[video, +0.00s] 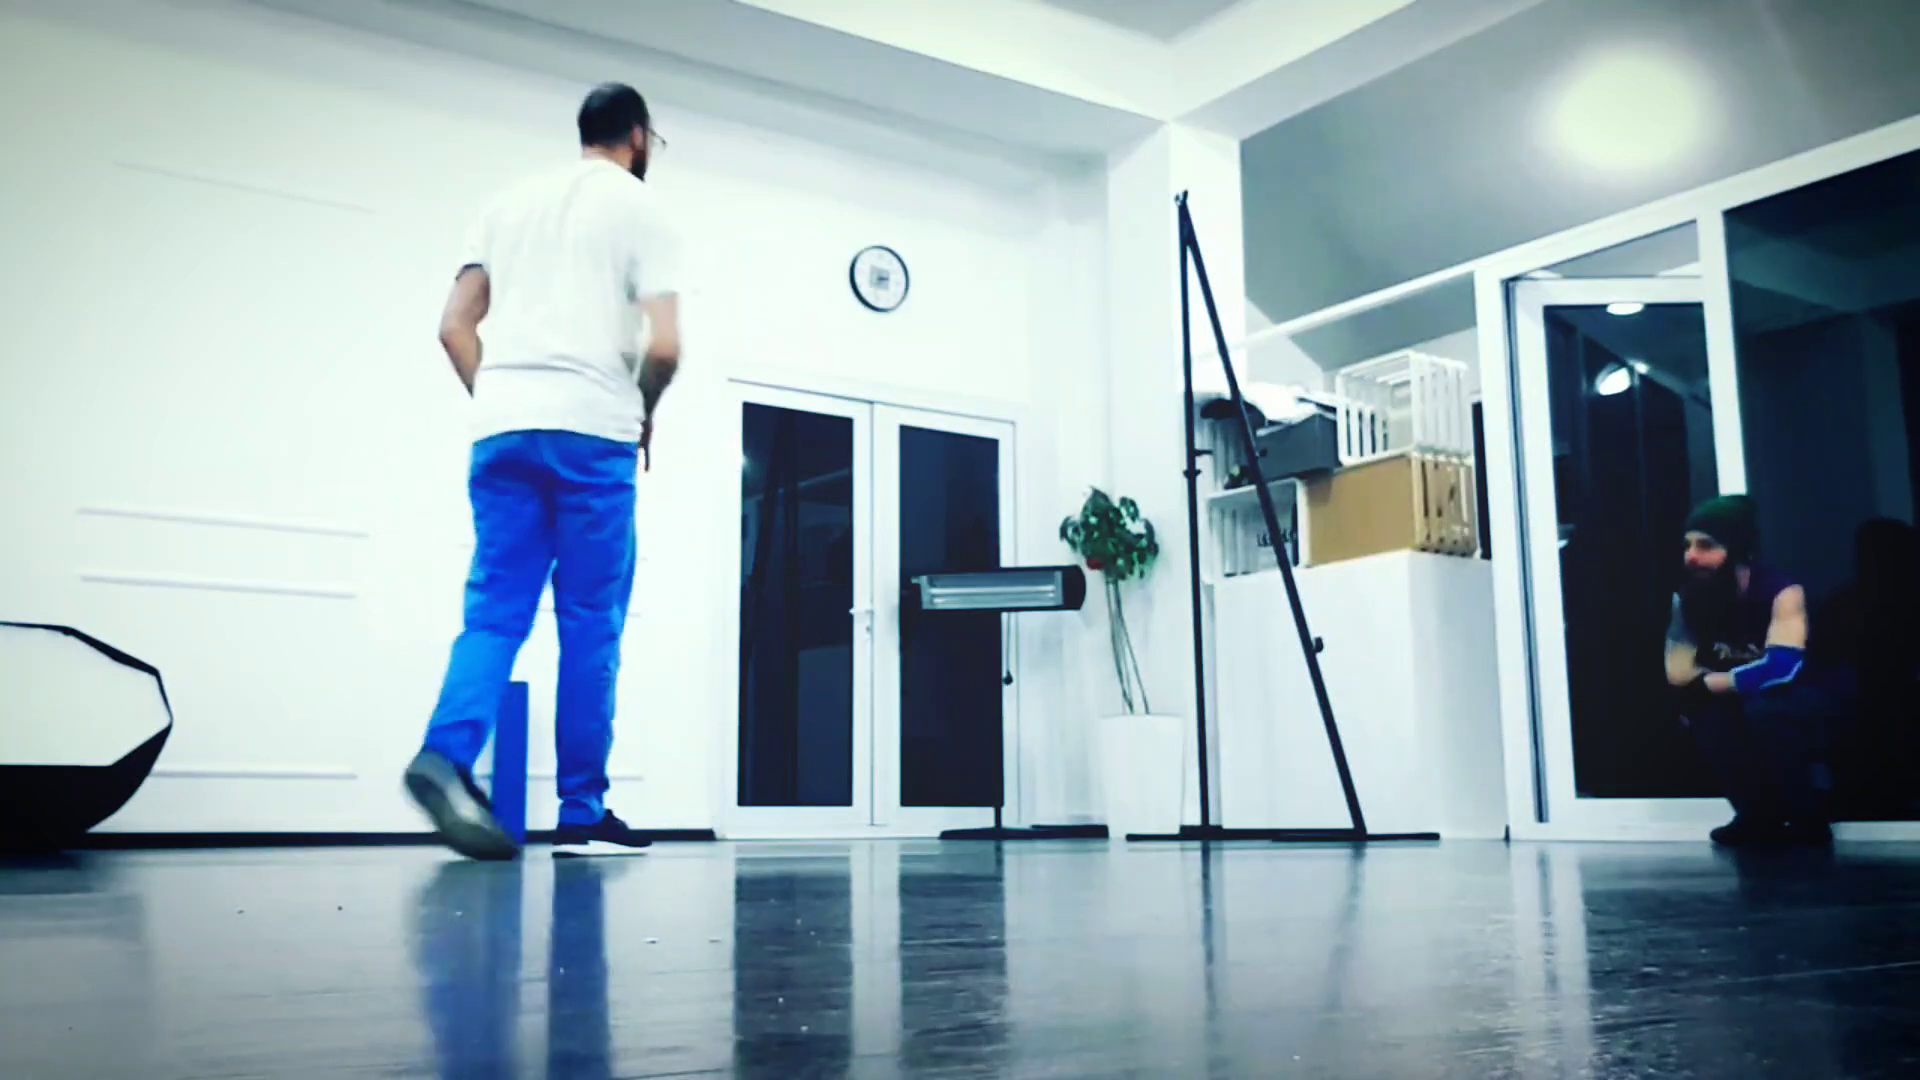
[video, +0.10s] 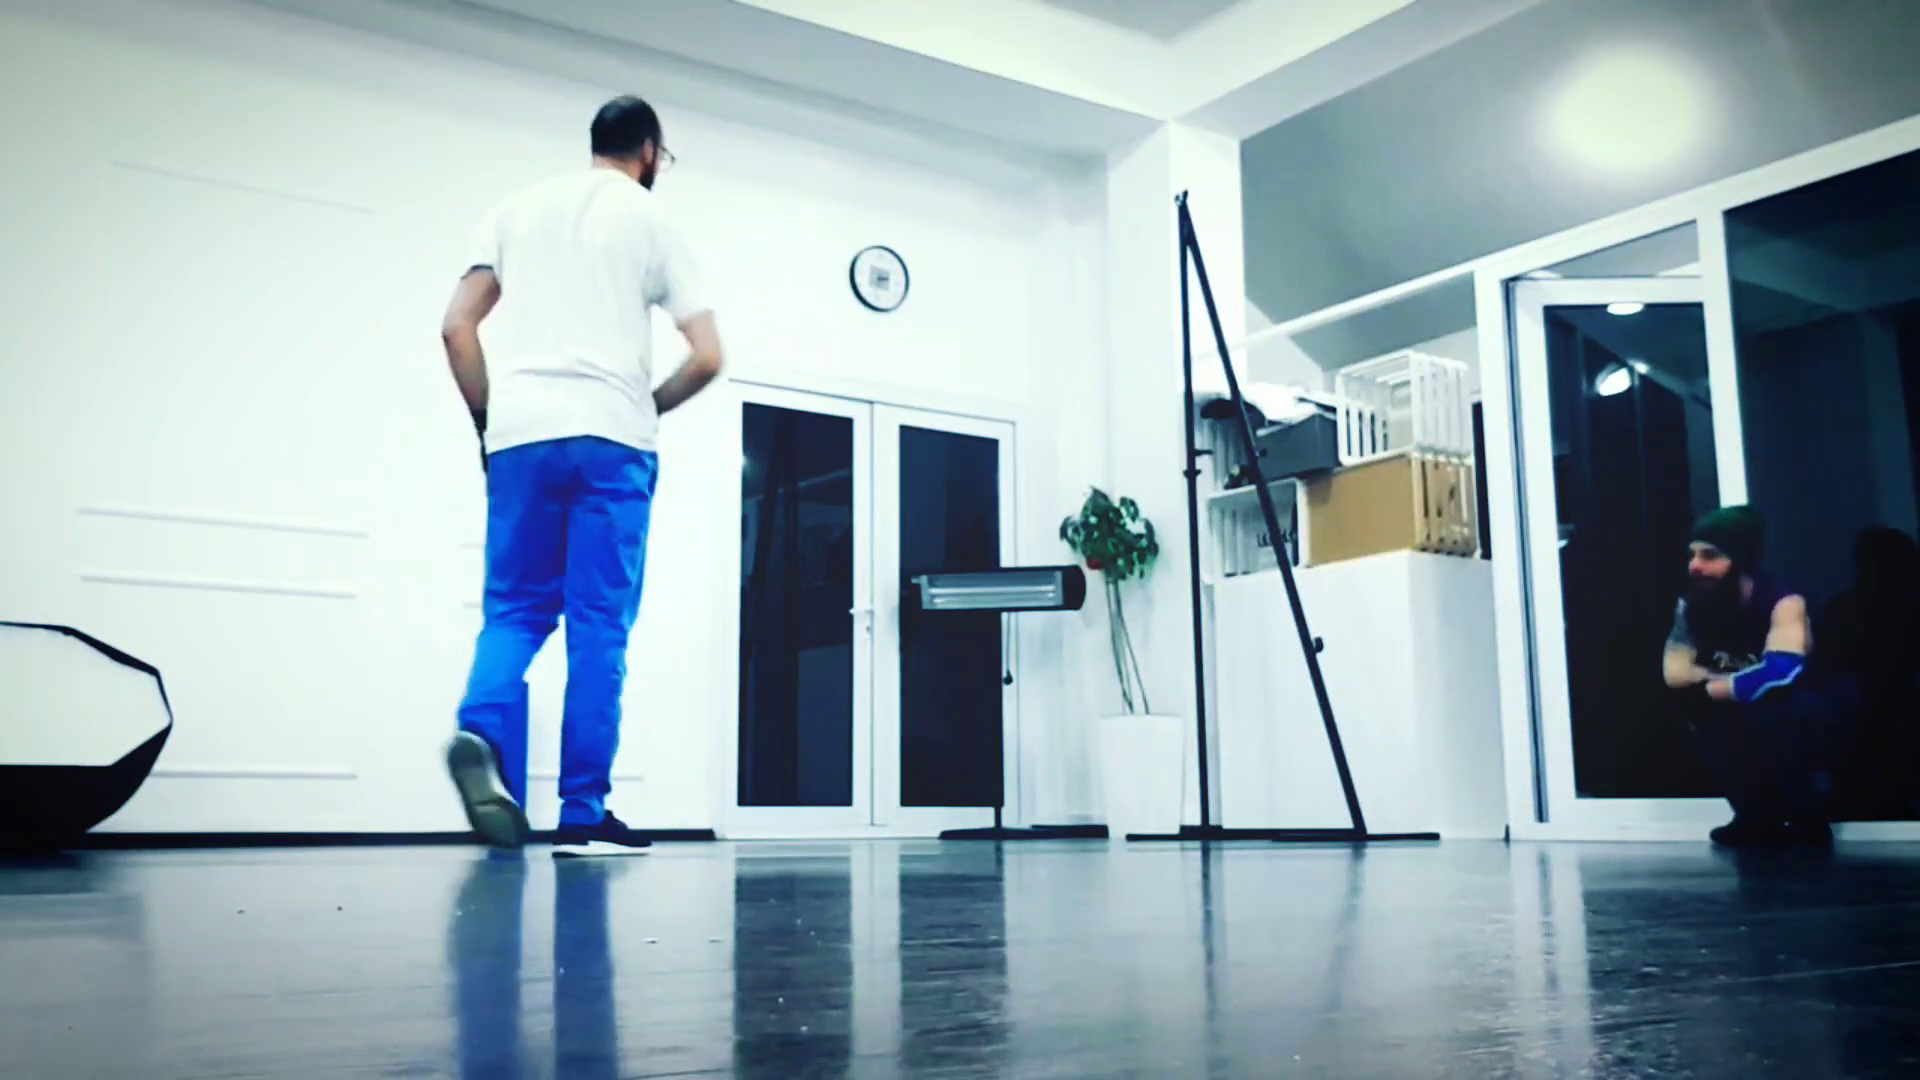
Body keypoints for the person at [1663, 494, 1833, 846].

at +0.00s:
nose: (1691, 556)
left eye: (1705, 546)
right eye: (1688, 545)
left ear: (1735, 548)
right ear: (1684, 546)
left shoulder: (1782, 593)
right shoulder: (1688, 599)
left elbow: (1782, 667)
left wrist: (1705, 682)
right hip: (1735, 706)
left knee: (1764, 708)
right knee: (1701, 710)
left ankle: (1803, 820)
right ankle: (1753, 815)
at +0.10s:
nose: (1695, 566)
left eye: (1709, 556)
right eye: (1692, 555)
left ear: (1739, 559)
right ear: (1689, 555)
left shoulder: (1783, 602)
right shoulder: (1692, 606)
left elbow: (1781, 671)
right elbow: (1674, 671)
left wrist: (1707, 690)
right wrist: (1738, 677)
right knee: (1703, 711)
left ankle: (1803, 821)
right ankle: (1752, 815)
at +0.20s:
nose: (1698, 573)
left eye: (1711, 564)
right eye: (1696, 563)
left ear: (1742, 567)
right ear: (1693, 563)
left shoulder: (1786, 609)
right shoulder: (1694, 611)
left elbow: (1782, 673)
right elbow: (1675, 667)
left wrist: (1713, 689)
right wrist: (1727, 673)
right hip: (1738, 728)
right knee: (1701, 709)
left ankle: (1805, 823)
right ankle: (1753, 817)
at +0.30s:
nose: (1703, 581)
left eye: (1715, 572)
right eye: (1700, 571)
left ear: (1745, 575)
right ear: (1697, 571)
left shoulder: (1790, 618)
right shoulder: (1698, 616)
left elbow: (1778, 679)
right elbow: (1681, 666)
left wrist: (1717, 689)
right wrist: (1739, 668)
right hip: (1738, 729)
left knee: (1770, 712)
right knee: (1708, 713)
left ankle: (1806, 823)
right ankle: (1753, 818)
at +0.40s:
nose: (1703, 589)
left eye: (1717, 580)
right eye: (1701, 578)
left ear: (1746, 583)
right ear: (1697, 579)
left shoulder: (1792, 624)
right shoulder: (1698, 621)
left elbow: (1775, 684)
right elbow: (1687, 667)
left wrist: (1713, 682)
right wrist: (1755, 666)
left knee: (1769, 711)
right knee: (1707, 714)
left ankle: (1807, 823)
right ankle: (1755, 818)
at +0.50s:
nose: (1702, 596)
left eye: (1715, 587)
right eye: (1699, 586)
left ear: (1746, 589)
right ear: (1694, 586)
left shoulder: (1792, 625)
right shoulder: (1697, 630)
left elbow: (1788, 656)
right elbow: (1693, 676)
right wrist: (1753, 667)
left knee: (1771, 708)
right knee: (1703, 708)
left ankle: (1807, 823)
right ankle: (1753, 817)